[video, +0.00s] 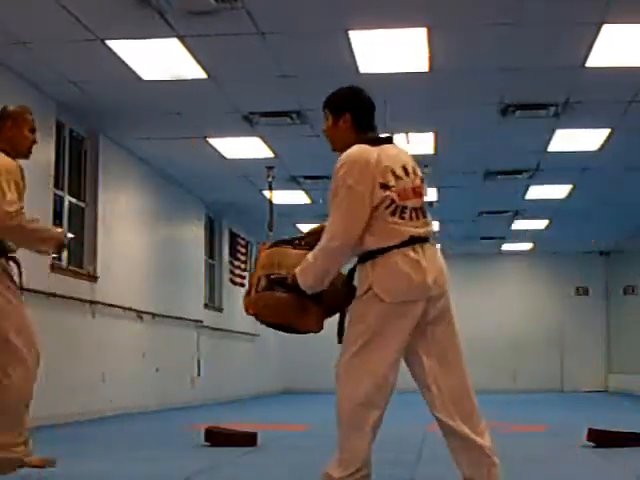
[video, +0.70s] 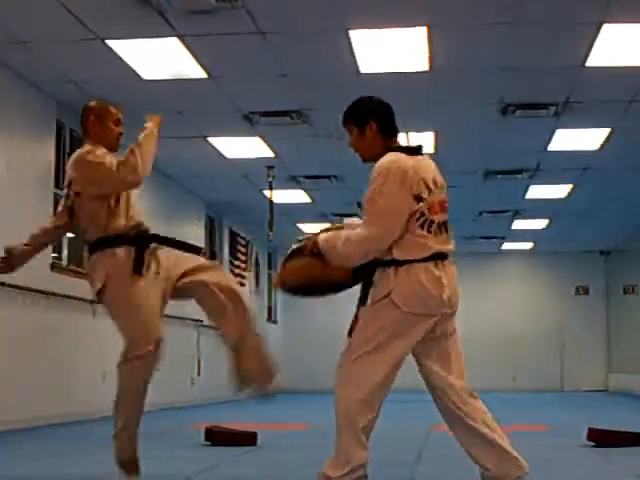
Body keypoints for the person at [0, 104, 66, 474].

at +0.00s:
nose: (34, 138)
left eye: (34, 132)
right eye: (29, 130)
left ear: (13, 132)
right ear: (8, 130)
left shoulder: (12, 169)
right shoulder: (7, 166)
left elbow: (13, 223)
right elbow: (10, 222)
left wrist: (45, 236)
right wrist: (51, 237)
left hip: (6, 272)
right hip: (3, 273)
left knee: (22, 351)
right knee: (22, 351)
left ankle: (14, 447)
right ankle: (11, 448)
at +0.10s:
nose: (38, 155)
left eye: (38, 148)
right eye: (33, 147)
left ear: (14, 147)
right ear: (11, 146)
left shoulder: (13, 185)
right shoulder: (6, 183)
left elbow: (16, 236)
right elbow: (14, 237)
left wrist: (55, 227)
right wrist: (61, 226)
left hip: (6, 292)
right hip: (2, 293)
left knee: (25, 369)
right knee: (26, 368)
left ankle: (45, 454)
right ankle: (39, 461)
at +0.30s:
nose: (57, 158)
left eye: (57, 152)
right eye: (50, 150)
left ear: (37, 155)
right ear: (26, 152)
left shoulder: (36, 202)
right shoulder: (14, 197)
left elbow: (49, 245)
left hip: (26, 301)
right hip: (19, 302)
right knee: (63, 382)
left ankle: (86, 467)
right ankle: (88, 469)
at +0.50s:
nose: (88, 150)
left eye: (88, 144)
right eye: (82, 142)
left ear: (67, 145)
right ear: (59, 142)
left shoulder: (74, 191)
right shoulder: (44, 186)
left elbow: (96, 242)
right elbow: (69, 247)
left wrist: (136, 272)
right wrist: (118, 282)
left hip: (102, 283)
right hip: (75, 289)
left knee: (167, 319)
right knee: (96, 377)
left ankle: (145, 399)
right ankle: (99, 467)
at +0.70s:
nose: (121, 130)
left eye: (122, 125)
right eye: (114, 123)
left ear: (108, 129)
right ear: (91, 124)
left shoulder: (104, 164)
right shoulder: (84, 160)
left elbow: (63, 221)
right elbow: (131, 173)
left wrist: (22, 252)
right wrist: (151, 130)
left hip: (147, 253)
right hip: (117, 260)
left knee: (216, 279)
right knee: (144, 347)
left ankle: (250, 360)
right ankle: (126, 439)